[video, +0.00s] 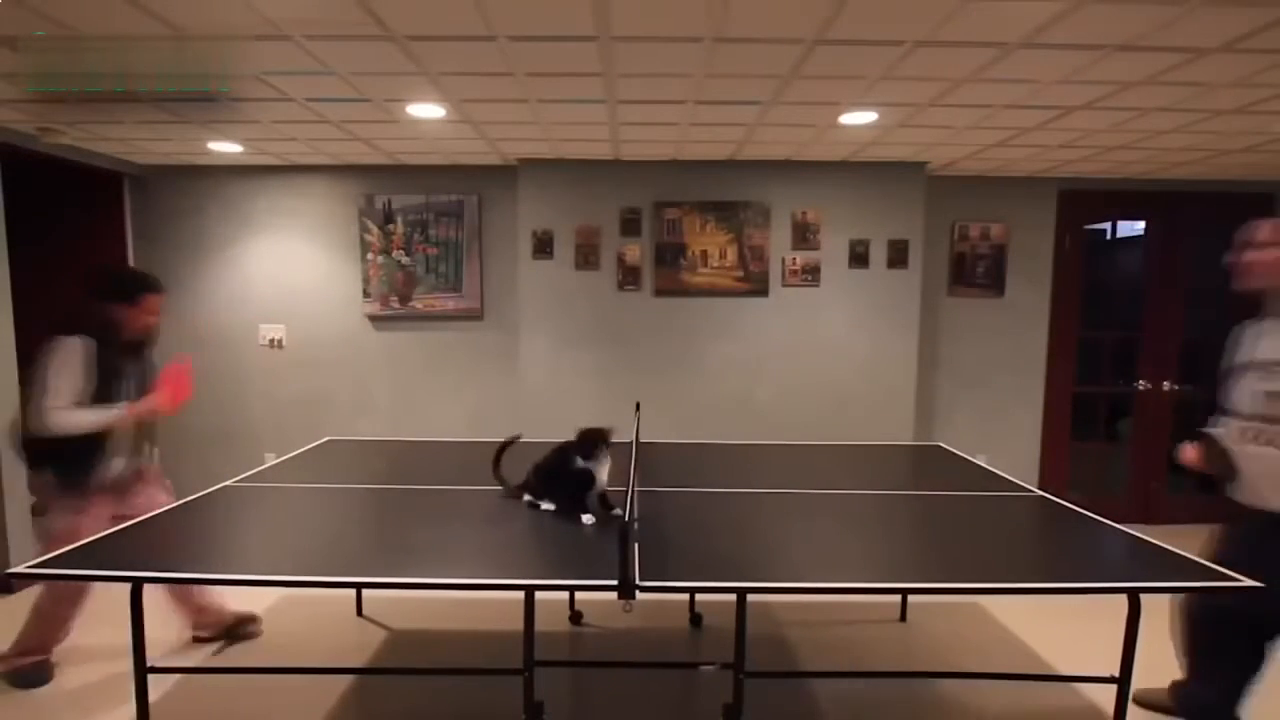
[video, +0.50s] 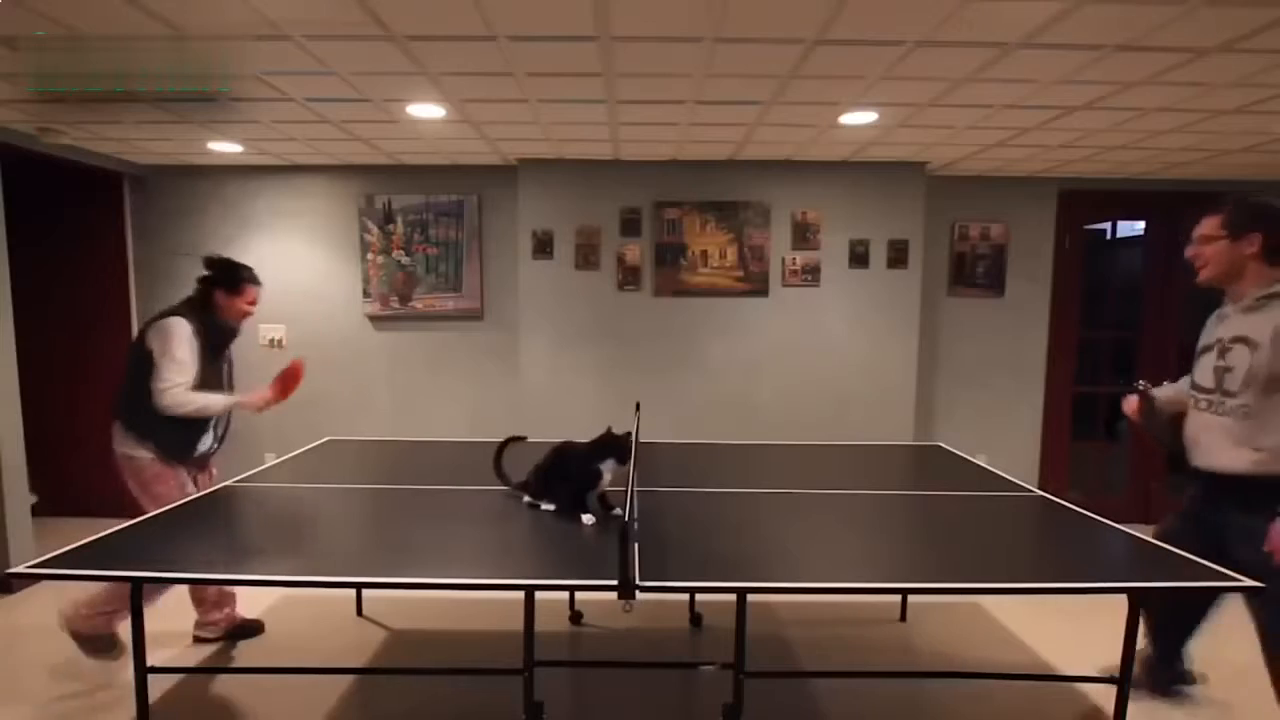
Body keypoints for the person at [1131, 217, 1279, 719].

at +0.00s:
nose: (1245, 257)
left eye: (1260, 246)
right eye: (1244, 246)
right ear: (1239, 259)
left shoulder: (1268, 336)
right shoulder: (1248, 335)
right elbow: (1237, 420)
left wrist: (1215, 448)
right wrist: (1207, 447)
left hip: (1275, 510)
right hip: (1251, 506)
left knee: (1240, 611)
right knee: (1219, 603)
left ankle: (1211, 700)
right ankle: (1202, 693)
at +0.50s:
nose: (1192, 253)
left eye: (1205, 241)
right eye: (1193, 242)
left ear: (1249, 246)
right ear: (1242, 247)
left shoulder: (1275, 313)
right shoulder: (1220, 317)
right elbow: (1204, 385)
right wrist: (1154, 400)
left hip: (1264, 493)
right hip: (1211, 489)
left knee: (1274, 621)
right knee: (1164, 581)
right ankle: (1166, 668)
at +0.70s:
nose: (1145, 280)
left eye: (1153, 269)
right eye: (1144, 270)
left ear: (1190, 269)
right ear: (1185, 273)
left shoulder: (1227, 325)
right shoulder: (1198, 320)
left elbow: (1240, 423)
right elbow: (1183, 376)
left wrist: (1212, 501)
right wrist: (1129, 382)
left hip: (1206, 483)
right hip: (1176, 477)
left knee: (1233, 610)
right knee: (1127, 565)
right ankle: (1140, 659)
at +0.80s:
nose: (1129, 269)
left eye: (1137, 258)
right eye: (1127, 258)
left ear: (1171, 259)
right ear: (1165, 262)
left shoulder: (1216, 310)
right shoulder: (1172, 310)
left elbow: (1234, 403)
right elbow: (1148, 349)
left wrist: (1201, 476)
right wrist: (1083, 343)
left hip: (1212, 457)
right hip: (1169, 454)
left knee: (1230, 587)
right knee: (1141, 556)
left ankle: (1270, 696)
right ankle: (1138, 653)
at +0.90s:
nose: (1123, 260)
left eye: (1132, 249)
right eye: (1123, 250)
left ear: (1168, 250)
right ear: (1155, 255)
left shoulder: (1221, 303)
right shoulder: (1127, 313)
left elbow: (1253, 382)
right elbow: (1059, 321)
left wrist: (1233, 456)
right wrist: (995, 318)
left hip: (1204, 450)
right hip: (1149, 450)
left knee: (1223, 579)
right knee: (1145, 555)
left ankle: (1250, 702)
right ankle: (1139, 651)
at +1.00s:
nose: (1124, 257)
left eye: (1133, 247)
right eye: (1123, 248)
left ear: (1169, 249)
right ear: (1129, 255)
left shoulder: (1222, 304)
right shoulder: (1120, 313)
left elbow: (1256, 377)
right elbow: (1059, 327)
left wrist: (1252, 448)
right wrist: (1000, 329)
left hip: (1203, 446)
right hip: (1146, 447)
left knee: (1205, 573)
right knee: (1140, 553)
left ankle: (1214, 703)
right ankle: (1139, 650)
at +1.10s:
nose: (1117, 259)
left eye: (1127, 249)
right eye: (1115, 250)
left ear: (1163, 252)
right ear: (1119, 258)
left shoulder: (1216, 304)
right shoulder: (1118, 318)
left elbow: (1255, 378)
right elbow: (1087, 368)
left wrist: (1263, 453)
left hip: (1205, 445)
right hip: (1147, 448)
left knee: (1204, 567)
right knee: (1135, 552)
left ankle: (1234, 701)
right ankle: (1139, 651)